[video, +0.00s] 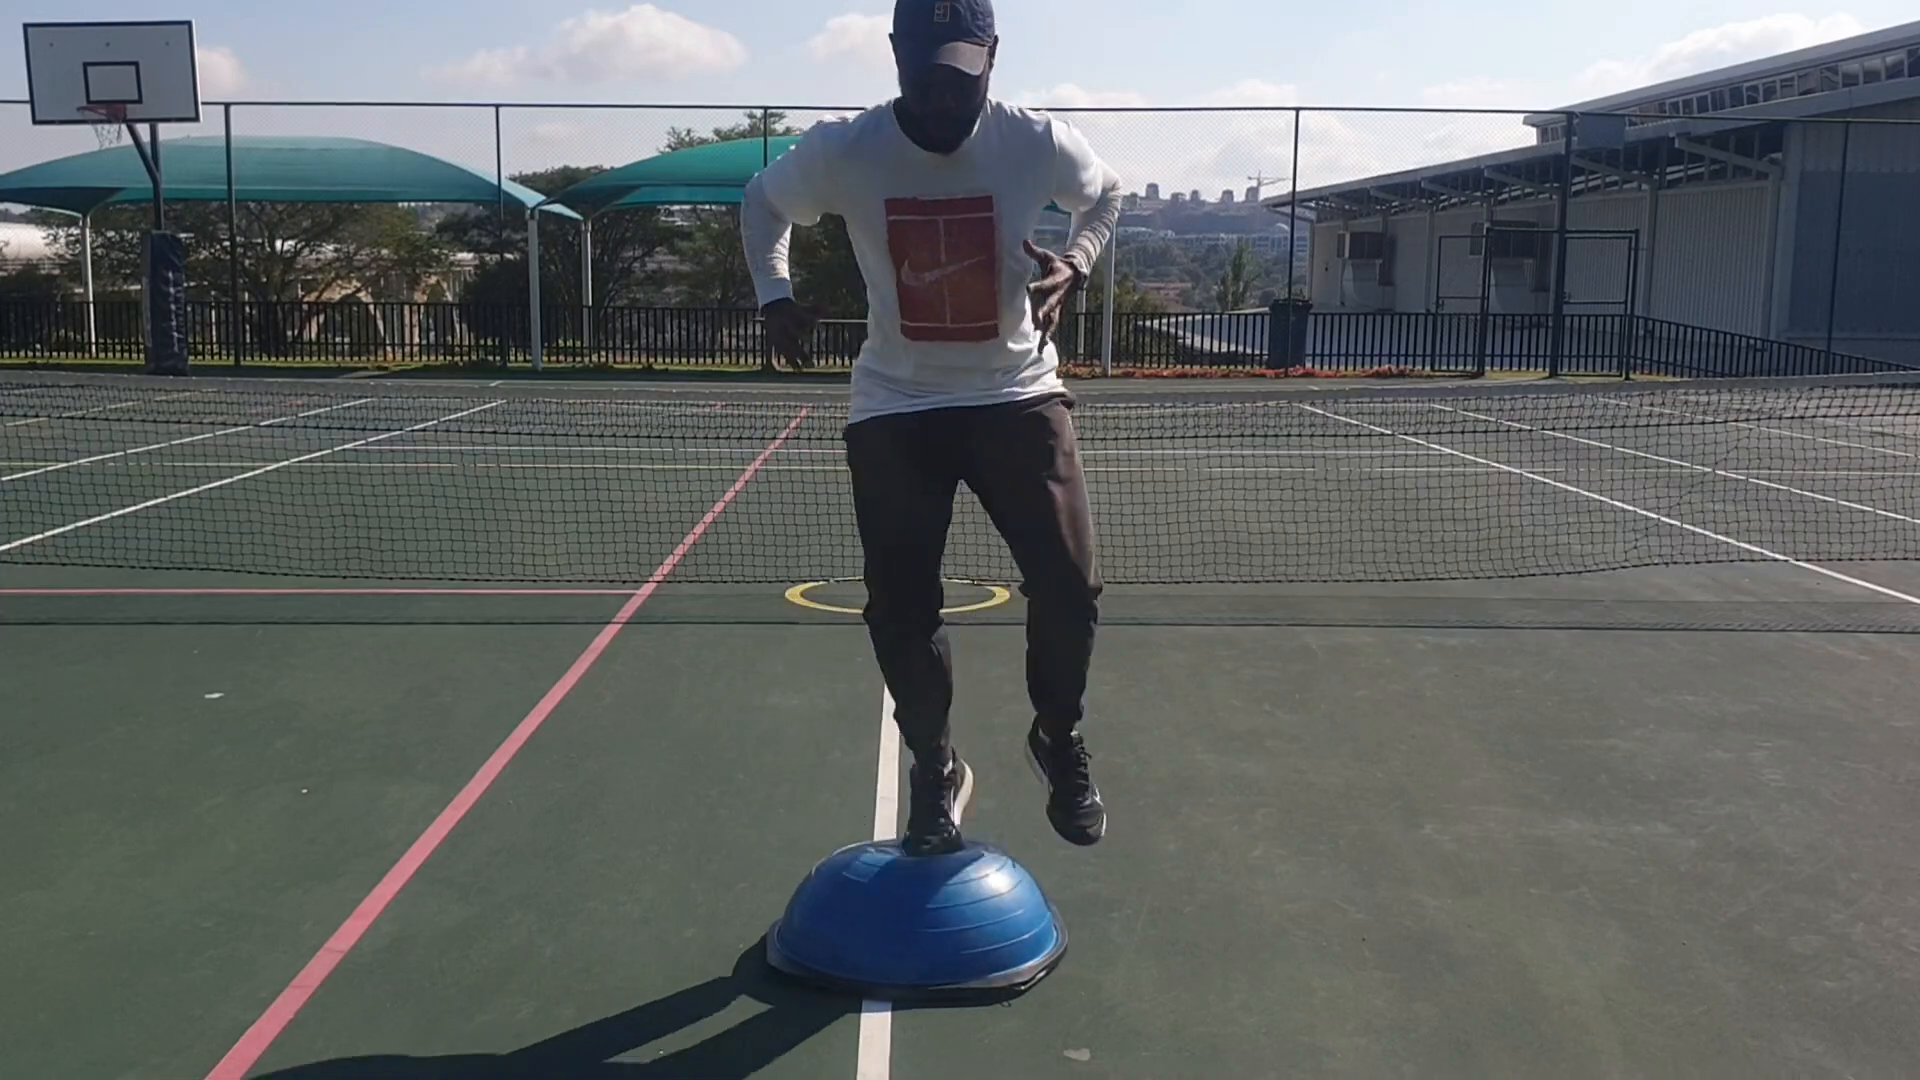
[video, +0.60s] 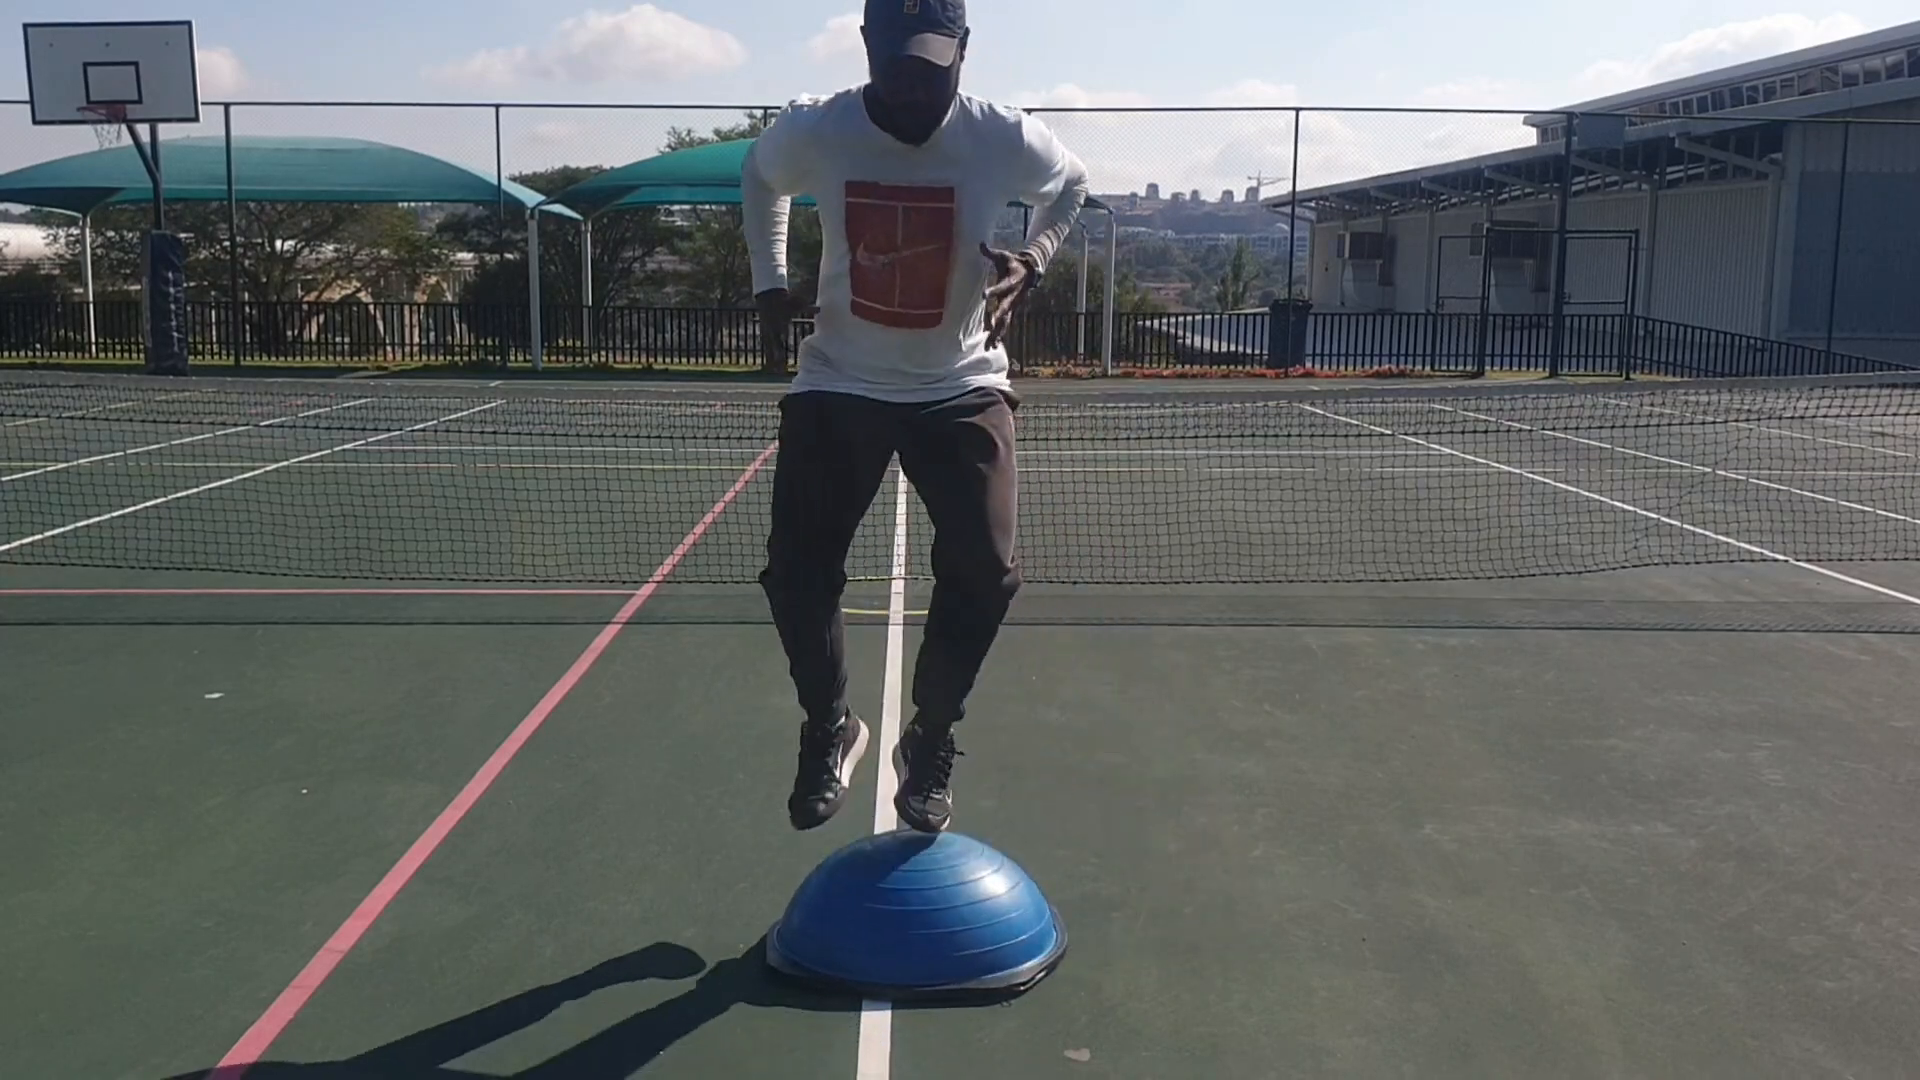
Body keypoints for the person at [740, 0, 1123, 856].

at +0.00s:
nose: (953, 97)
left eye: (968, 79)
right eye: (935, 79)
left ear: (992, 64)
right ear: (900, 60)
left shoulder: (1035, 143)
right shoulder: (841, 152)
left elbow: (1102, 198)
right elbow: (761, 204)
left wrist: (1077, 258)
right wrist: (775, 295)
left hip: (1018, 397)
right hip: (896, 405)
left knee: (1071, 587)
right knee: (900, 611)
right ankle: (933, 771)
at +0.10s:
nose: (988, 151)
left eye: (1003, 131)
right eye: (968, 130)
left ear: (1025, 120)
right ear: (931, 119)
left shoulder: (1071, 201)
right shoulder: (872, 204)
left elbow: (1133, 248)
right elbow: (820, 262)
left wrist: (1102, 315)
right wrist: (852, 348)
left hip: (1061, 465)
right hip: (937, 471)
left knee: (1132, 666)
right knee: (923, 664)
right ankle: (946, 800)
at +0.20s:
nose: (1006, 243)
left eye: (1023, 223)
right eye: (990, 223)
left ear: (1047, 212)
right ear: (959, 212)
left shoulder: (1100, 288)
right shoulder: (910, 302)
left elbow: (1171, 371)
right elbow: (894, 376)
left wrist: (1124, 437)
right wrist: (920, 452)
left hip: (1091, 525)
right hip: (969, 521)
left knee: (1167, 704)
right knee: (915, 669)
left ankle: (1209, 859)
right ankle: (944, 790)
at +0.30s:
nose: (994, 232)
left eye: (1012, 212)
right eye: (978, 212)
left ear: (1040, 202)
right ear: (950, 201)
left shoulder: (1095, 286)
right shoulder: (901, 288)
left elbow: (1170, 376)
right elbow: (877, 359)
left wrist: (1113, 413)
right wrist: (890, 418)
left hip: (1078, 515)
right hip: (953, 512)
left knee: (1154, 685)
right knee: (916, 677)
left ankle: (1208, 857)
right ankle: (939, 807)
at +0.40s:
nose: (973, 150)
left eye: (989, 129)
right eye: (956, 128)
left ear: (1011, 121)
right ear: (917, 116)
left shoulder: (1057, 207)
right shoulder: (864, 200)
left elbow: (1141, 269)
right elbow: (829, 245)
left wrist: (1095, 310)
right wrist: (829, 309)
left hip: (1035, 467)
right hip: (915, 471)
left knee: (1107, 659)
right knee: (912, 670)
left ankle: (1155, 820)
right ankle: (942, 817)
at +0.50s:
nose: (944, 96)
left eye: (961, 80)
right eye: (928, 76)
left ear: (987, 69)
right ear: (897, 59)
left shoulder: (1030, 150)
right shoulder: (842, 143)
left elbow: (1106, 208)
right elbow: (803, 180)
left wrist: (1063, 262)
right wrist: (804, 281)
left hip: (995, 399)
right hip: (874, 408)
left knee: (1053, 591)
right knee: (870, 615)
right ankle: (911, 769)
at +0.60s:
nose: (913, 89)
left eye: (931, 72)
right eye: (898, 69)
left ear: (960, 59)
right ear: (870, 52)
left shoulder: (1005, 141)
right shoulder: (815, 133)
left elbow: (1070, 191)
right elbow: (760, 178)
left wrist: (1034, 257)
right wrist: (771, 282)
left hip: (961, 385)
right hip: (839, 381)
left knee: (987, 571)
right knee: (796, 574)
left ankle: (931, 744)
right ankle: (827, 725)